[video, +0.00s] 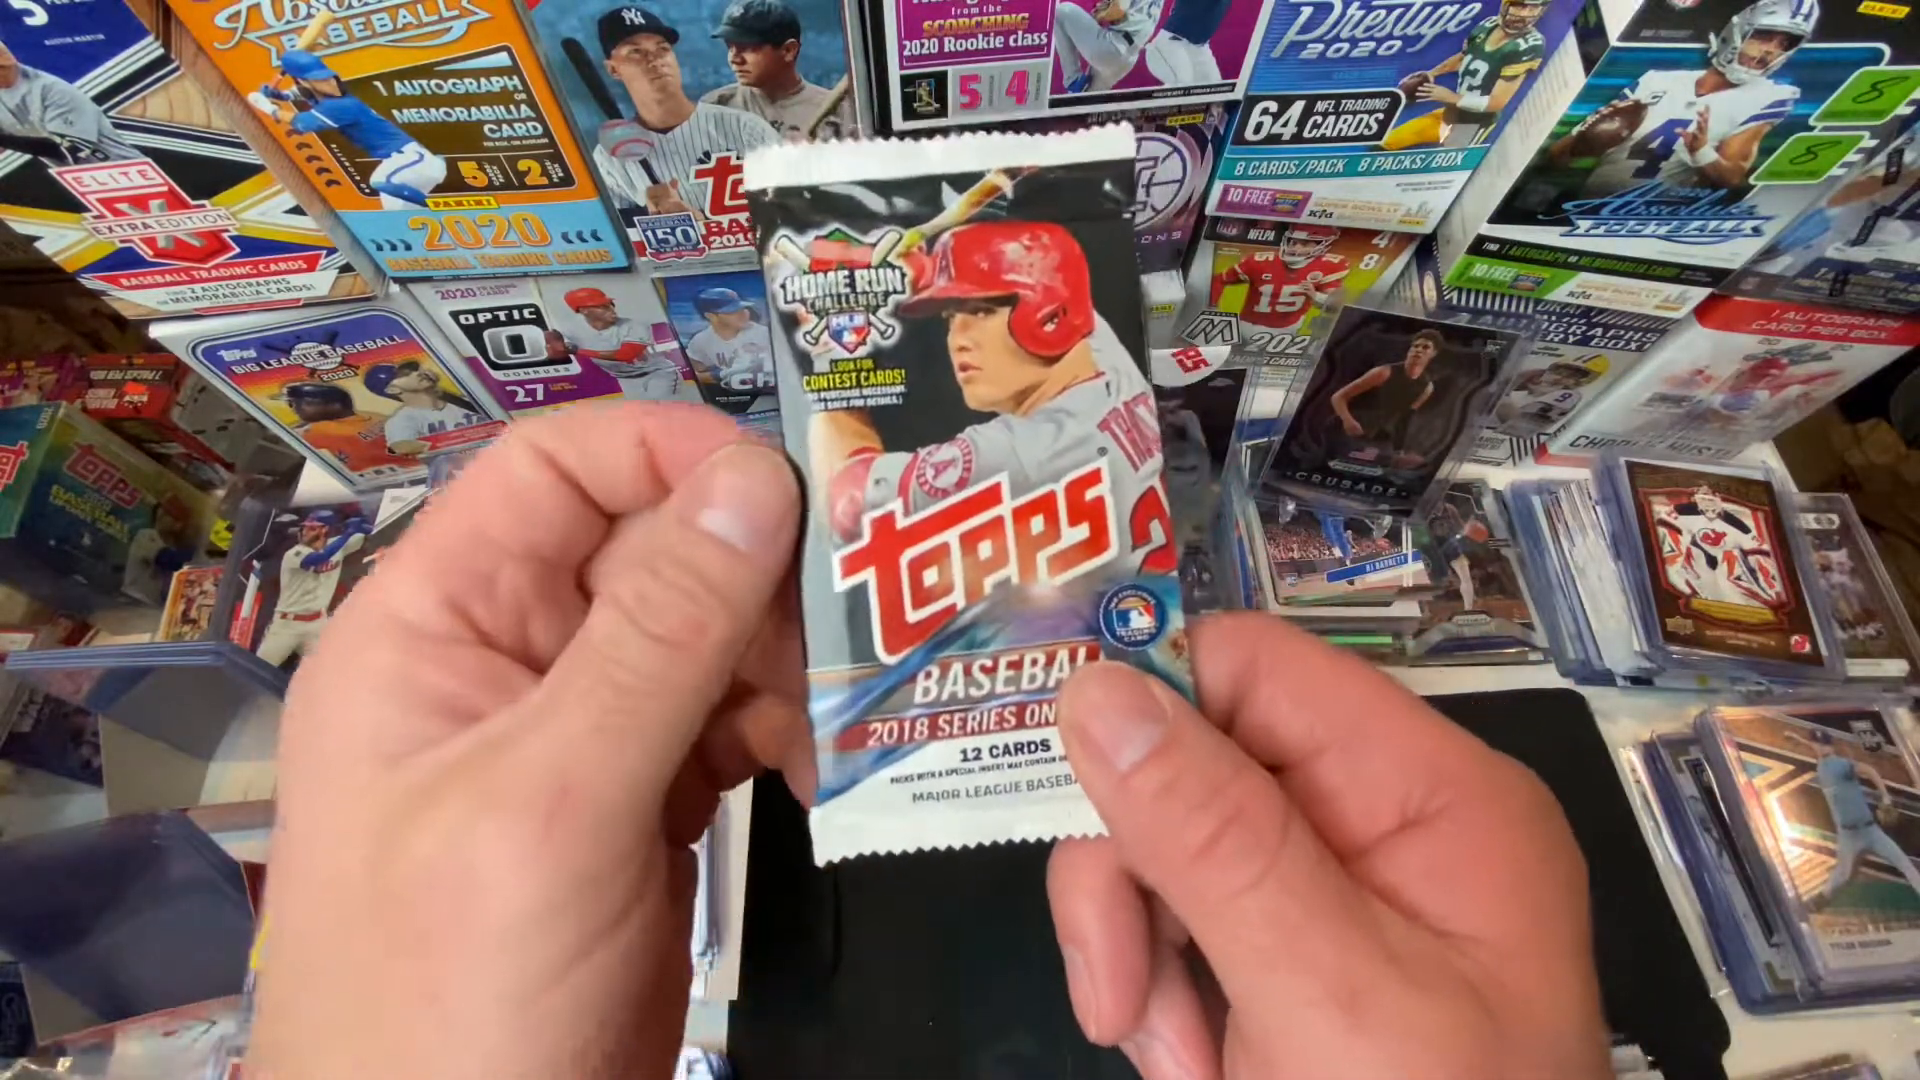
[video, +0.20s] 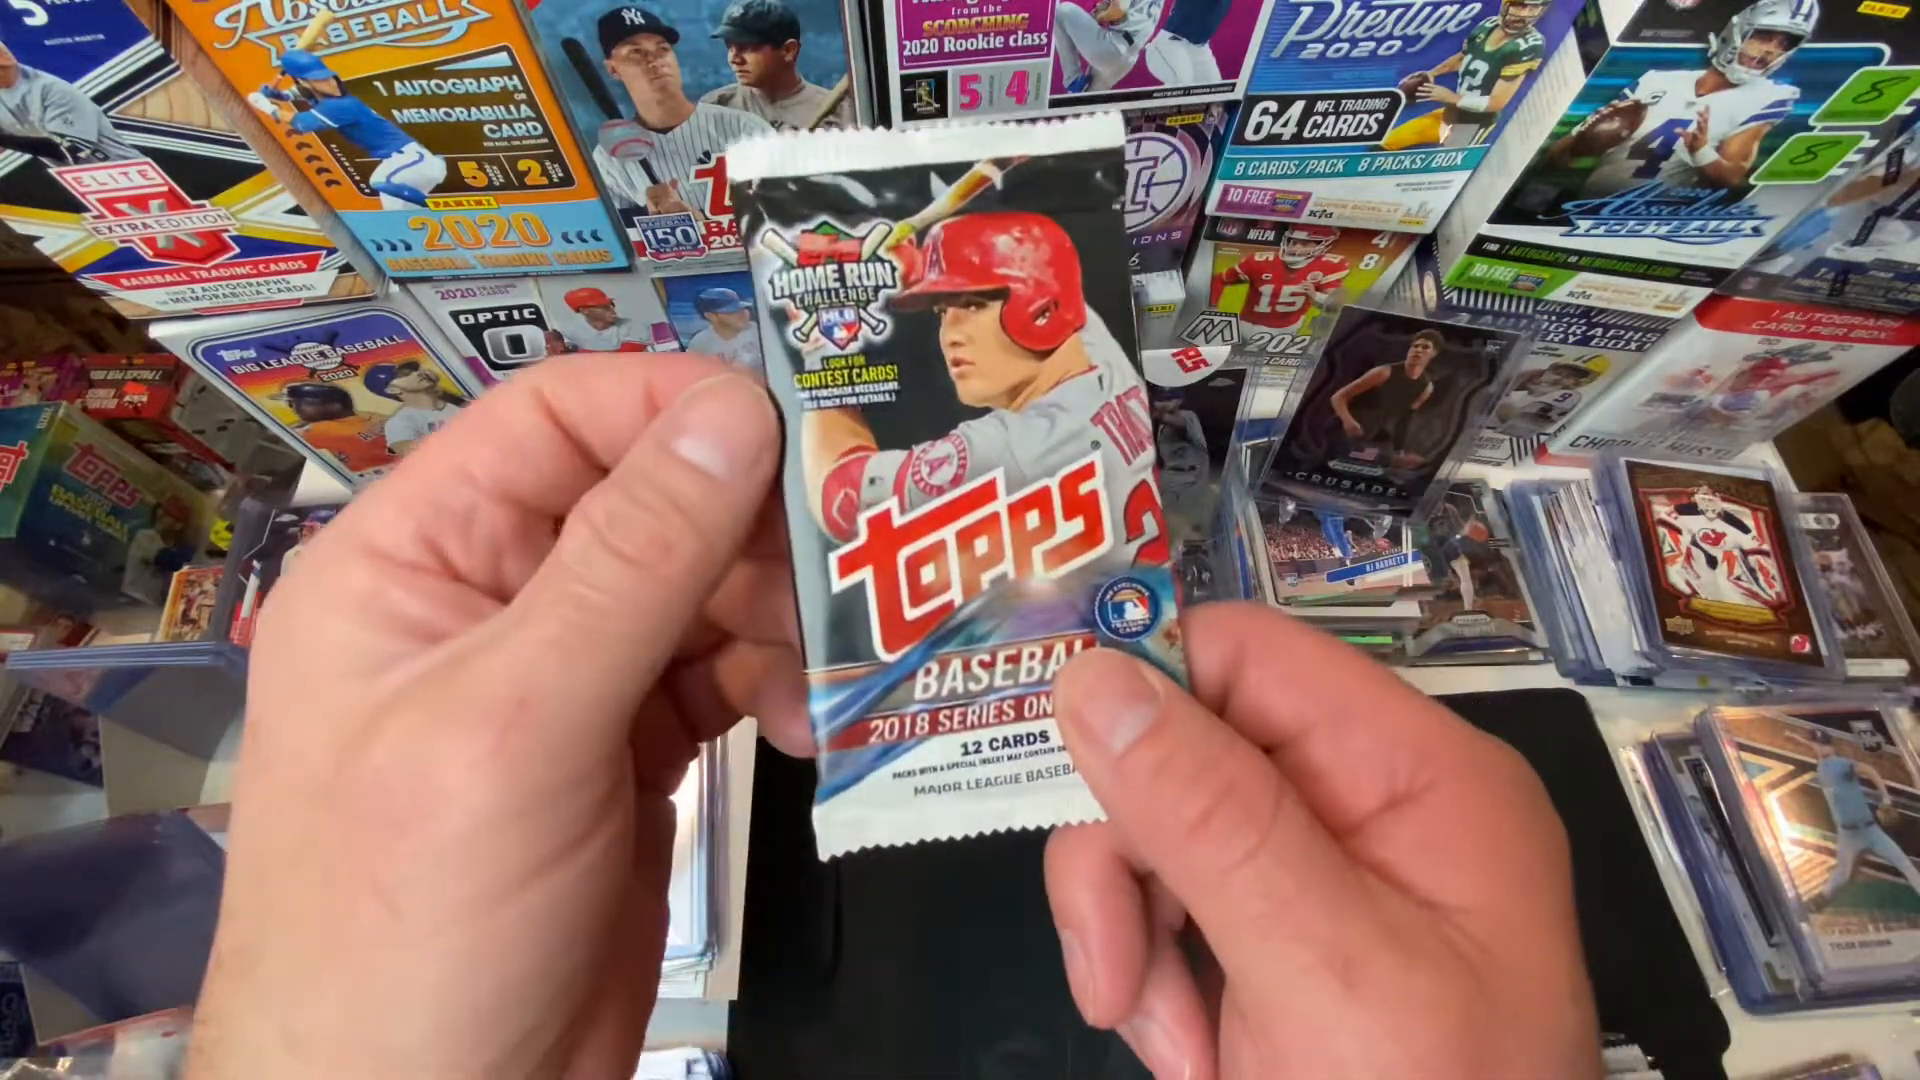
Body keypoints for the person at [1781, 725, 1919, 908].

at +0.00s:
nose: (1822, 749)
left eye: (1824, 744)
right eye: (1818, 745)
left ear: (1831, 744)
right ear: (1815, 748)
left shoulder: (1840, 764)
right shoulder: (1822, 766)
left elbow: (1870, 771)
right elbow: (1814, 748)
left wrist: (1885, 796)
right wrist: (1797, 739)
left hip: (1870, 828)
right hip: (1847, 833)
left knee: (1904, 863)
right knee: (1843, 874)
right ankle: (1823, 897)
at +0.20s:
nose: (1822, 748)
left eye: (1825, 744)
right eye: (1818, 744)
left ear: (1830, 745)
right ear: (1814, 747)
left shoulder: (1839, 764)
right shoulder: (1821, 768)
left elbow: (1869, 770)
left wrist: (1885, 797)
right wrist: (1798, 738)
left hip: (1870, 828)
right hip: (1846, 833)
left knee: (1904, 864)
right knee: (1842, 875)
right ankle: (1821, 900)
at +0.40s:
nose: (1823, 750)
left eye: (1825, 744)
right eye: (1819, 746)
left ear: (1831, 745)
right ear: (1814, 748)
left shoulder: (1841, 764)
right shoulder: (1822, 768)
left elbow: (1869, 770)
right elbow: (1815, 750)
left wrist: (1885, 798)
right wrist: (1800, 740)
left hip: (1870, 828)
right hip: (1846, 833)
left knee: (1904, 863)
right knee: (1842, 874)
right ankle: (1823, 898)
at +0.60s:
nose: (1823, 750)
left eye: (1825, 744)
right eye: (1819, 746)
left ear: (1831, 745)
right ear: (1814, 748)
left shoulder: (1841, 764)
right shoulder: (1822, 768)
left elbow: (1869, 770)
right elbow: (1815, 750)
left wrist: (1885, 797)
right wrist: (1800, 740)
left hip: (1870, 828)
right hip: (1846, 833)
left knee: (1904, 863)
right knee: (1842, 874)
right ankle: (1823, 898)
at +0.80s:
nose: (1823, 750)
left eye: (1825, 745)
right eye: (1819, 746)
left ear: (1831, 745)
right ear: (1814, 748)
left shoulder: (1841, 764)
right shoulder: (1821, 768)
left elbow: (1869, 770)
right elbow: (1814, 748)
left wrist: (1884, 797)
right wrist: (1799, 739)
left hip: (1870, 828)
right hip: (1846, 833)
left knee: (1904, 863)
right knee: (1842, 874)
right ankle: (1824, 898)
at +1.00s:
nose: (1825, 749)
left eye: (1827, 744)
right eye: (1820, 746)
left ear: (1831, 745)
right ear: (1813, 747)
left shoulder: (1840, 764)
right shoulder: (1824, 767)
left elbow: (1869, 770)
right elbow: (1866, 770)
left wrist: (1885, 798)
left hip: (1870, 829)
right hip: (1847, 834)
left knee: (1904, 863)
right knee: (1842, 875)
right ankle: (1821, 899)